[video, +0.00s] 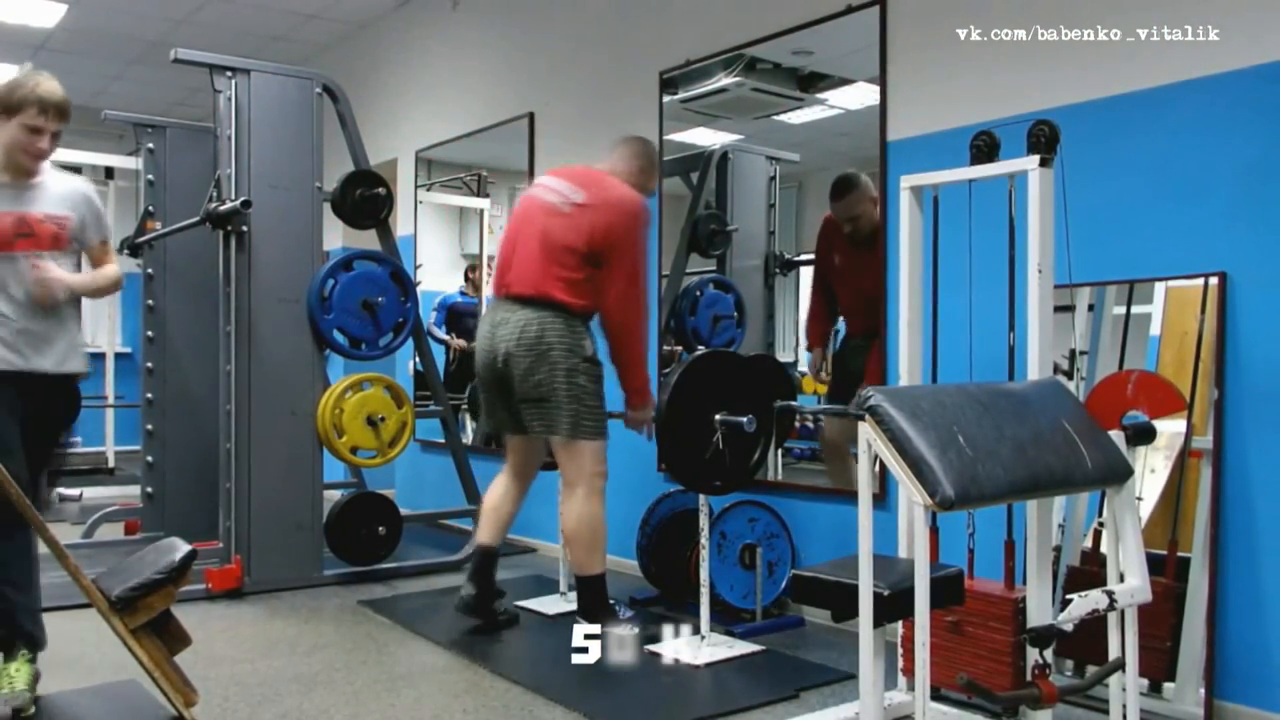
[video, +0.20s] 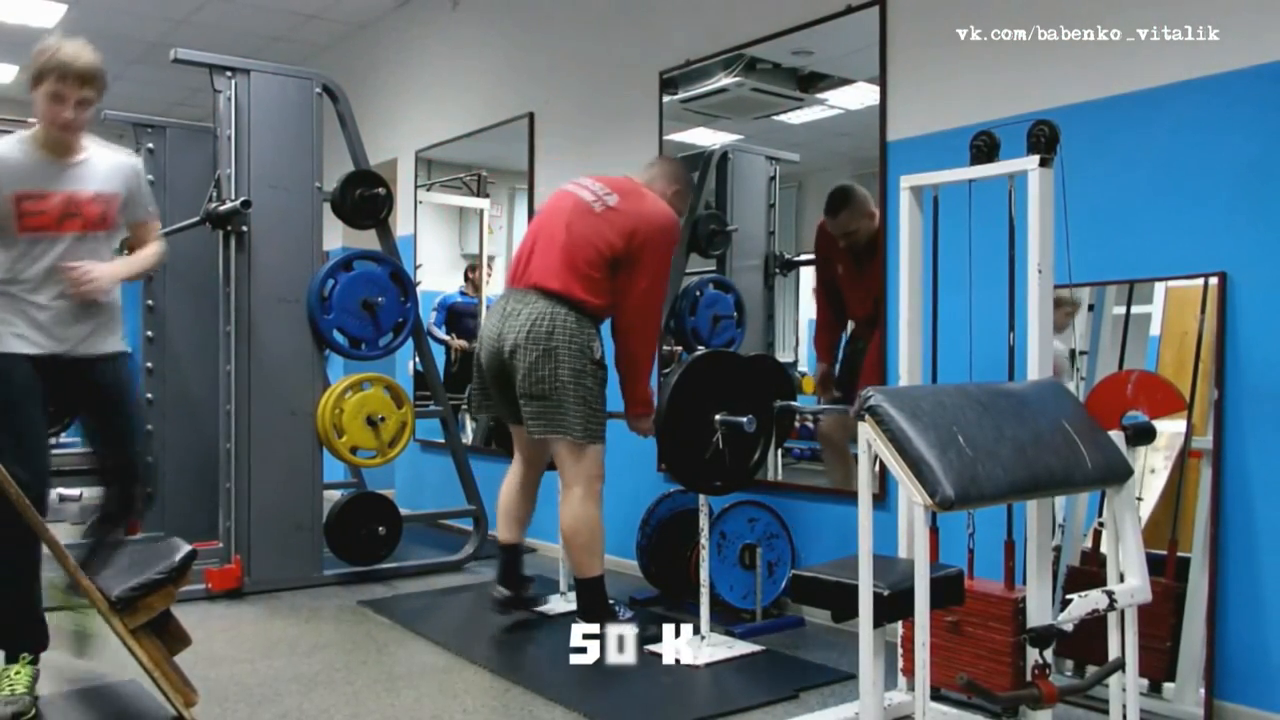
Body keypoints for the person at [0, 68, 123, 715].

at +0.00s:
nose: (42, 139)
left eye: (51, 130)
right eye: (30, 127)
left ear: (59, 136)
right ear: (3, 127)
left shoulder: (77, 196)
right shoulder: (3, 190)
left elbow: (112, 271)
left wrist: (72, 282)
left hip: (54, 373)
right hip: (6, 369)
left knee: (19, 507)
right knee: (14, 508)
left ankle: (16, 645)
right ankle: (20, 647)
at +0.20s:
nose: (70, 108)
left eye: (82, 97)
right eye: (58, 95)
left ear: (97, 103)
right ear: (34, 96)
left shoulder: (122, 167)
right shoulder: (6, 160)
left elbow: (154, 246)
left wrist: (114, 269)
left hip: (99, 348)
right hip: (18, 347)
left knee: (128, 483)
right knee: (20, 499)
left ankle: (87, 583)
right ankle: (19, 648)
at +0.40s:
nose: (109, 90)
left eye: (121, 79)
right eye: (97, 78)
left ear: (142, 85)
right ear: (75, 82)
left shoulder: (179, 160)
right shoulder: (35, 160)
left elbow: (216, 242)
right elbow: (5, 251)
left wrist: (176, 266)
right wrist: (6, 306)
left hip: (158, 346)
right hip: (65, 346)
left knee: (201, 487)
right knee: (39, 502)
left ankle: (240, 651)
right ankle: (26, 653)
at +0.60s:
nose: (135, 85)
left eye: (147, 72)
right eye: (123, 73)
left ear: (176, 73)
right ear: (111, 80)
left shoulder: (224, 148)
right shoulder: (98, 158)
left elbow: (284, 241)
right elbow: (82, 255)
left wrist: (192, 273)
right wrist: (27, 290)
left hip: (217, 351)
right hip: (127, 352)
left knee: (238, 499)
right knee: (76, 487)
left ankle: (252, 657)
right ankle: (74, 652)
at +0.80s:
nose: (152, 61)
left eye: (165, 48)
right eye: (141, 51)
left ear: (197, 53)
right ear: (131, 62)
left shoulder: (234, 132)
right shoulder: (133, 146)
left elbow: (273, 235)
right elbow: (139, 244)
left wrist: (158, 266)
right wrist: (99, 272)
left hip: (236, 342)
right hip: (161, 343)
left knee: (247, 498)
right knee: (139, 490)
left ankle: (256, 655)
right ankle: (148, 639)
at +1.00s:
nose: (140, 67)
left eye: (153, 52)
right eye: (133, 56)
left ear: (195, 55)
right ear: (131, 67)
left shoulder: (234, 139)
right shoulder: (150, 151)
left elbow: (255, 249)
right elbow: (156, 242)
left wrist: (141, 270)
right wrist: (112, 265)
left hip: (232, 346)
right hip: (166, 345)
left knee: (246, 498)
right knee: (122, 481)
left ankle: (256, 653)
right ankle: (192, 618)